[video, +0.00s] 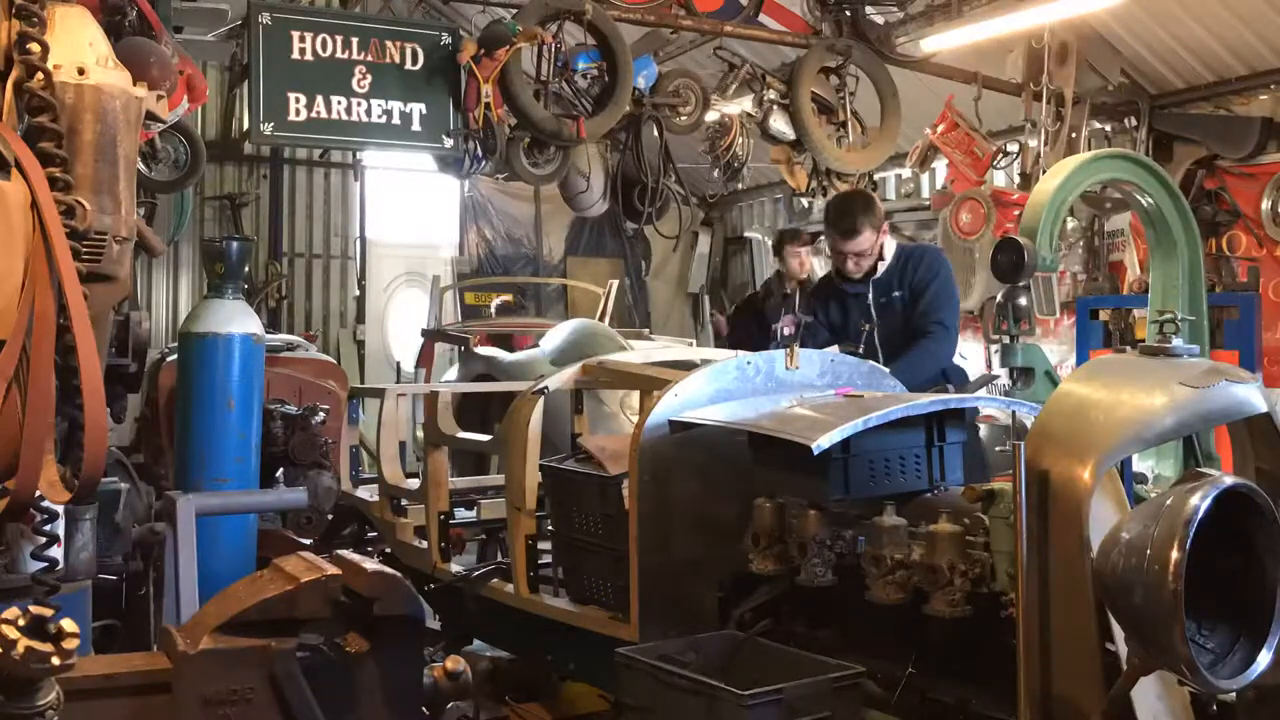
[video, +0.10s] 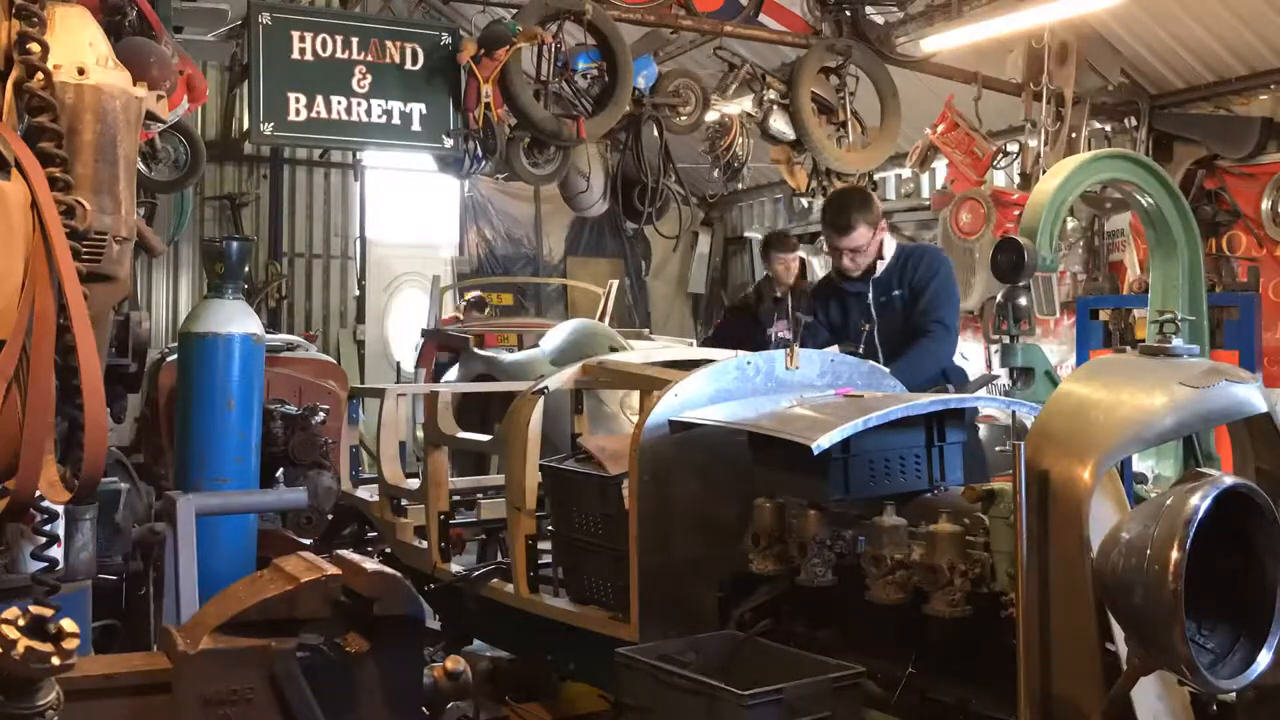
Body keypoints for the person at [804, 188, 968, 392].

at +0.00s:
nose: (849, 265)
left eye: (861, 255)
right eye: (839, 254)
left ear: (883, 234)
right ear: (827, 241)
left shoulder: (926, 264)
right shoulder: (823, 295)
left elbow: (938, 345)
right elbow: (812, 360)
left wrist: (880, 390)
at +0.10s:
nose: (844, 262)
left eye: (856, 251)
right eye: (835, 251)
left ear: (881, 230)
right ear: (825, 240)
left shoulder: (927, 264)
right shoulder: (823, 295)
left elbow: (938, 345)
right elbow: (813, 362)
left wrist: (879, 390)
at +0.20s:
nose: (842, 251)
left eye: (853, 240)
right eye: (835, 241)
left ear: (884, 222)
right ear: (829, 234)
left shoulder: (936, 263)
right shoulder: (830, 290)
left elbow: (941, 346)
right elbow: (809, 359)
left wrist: (881, 390)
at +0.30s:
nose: (841, 249)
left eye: (849, 235)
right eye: (833, 239)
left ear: (880, 217)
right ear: (827, 234)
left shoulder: (939, 263)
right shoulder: (837, 287)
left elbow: (942, 346)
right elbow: (824, 355)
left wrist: (881, 389)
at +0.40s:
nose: (841, 254)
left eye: (846, 239)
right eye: (833, 246)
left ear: (874, 217)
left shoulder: (939, 261)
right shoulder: (839, 290)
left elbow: (941, 345)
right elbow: (819, 360)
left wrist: (881, 391)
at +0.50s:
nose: (815, 281)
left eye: (816, 268)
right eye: (807, 274)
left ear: (835, 237)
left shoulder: (919, 259)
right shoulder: (830, 304)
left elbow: (940, 342)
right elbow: (804, 359)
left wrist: (878, 391)